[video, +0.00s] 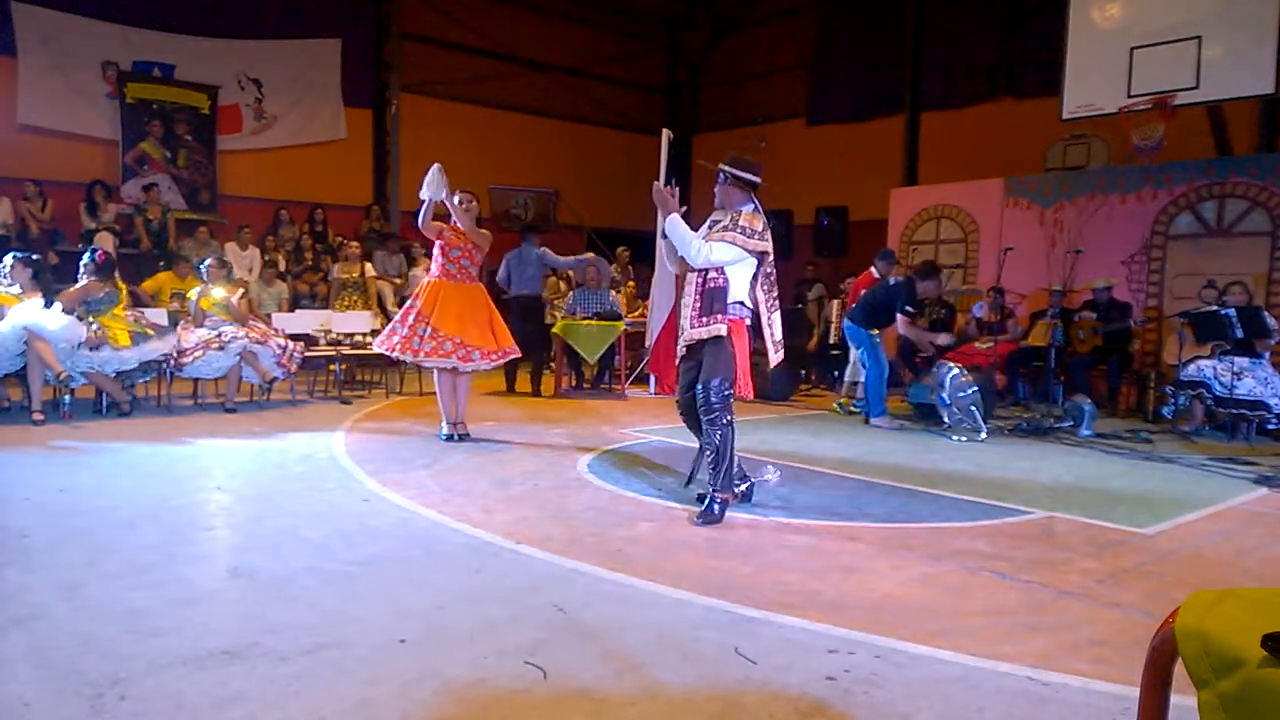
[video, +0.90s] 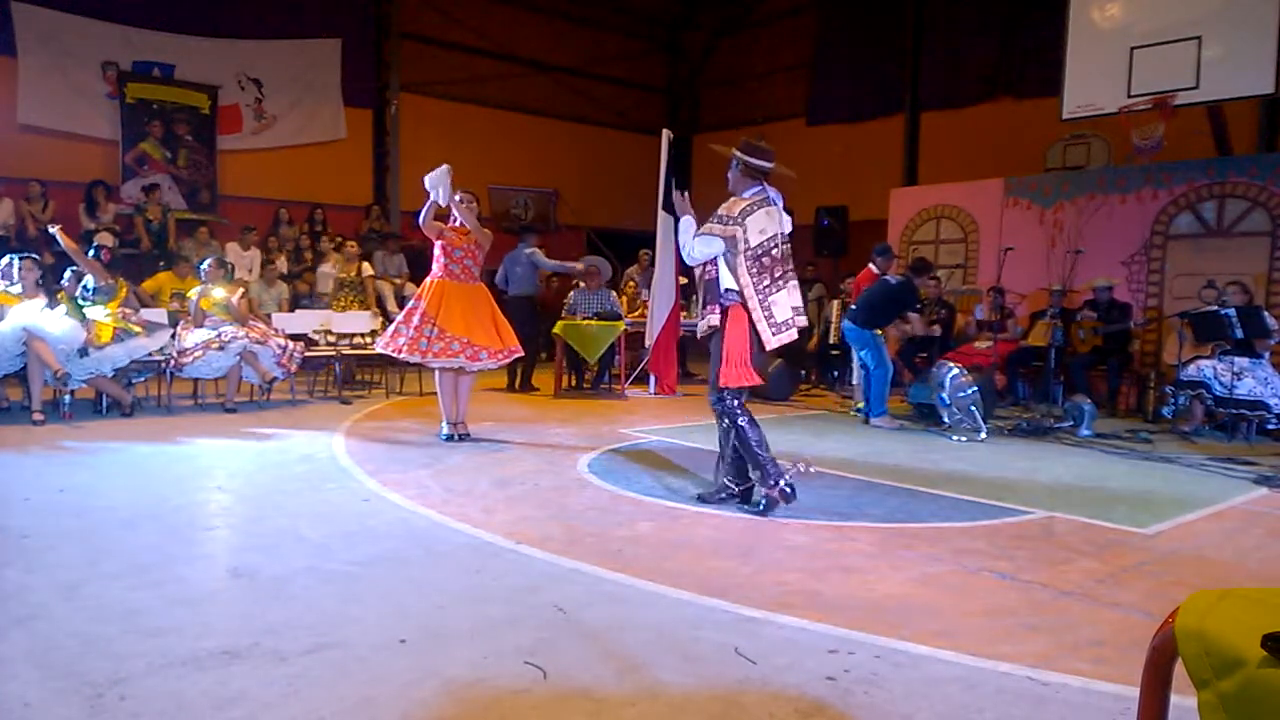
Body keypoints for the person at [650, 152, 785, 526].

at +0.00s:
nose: (714, 189)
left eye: (719, 183)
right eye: (716, 182)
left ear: (733, 187)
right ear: (739, 188)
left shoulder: (747, 226)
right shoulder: (719, 220)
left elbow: (700, 255)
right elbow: (680, 262)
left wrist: (670, 216)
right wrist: (669, 219)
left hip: (727, 324)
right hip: (701, 324)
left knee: (714, 402)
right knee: (688, 405)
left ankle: (720, 492)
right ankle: (734, 476)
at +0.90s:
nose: (727, 173)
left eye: (731, 168)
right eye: (730, 167)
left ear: (740, 172)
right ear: (761, 175)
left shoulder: (734, 212)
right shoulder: (771, 205)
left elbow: (693, 251)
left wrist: (686, 216)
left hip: (738, 312)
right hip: (755, 310)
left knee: (726, 398)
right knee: (727, 397)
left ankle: (774, 482)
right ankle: (734, 484)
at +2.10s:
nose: (765, 205)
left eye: (769, 200)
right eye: (768, 199)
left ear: (778, 204)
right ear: (799, 209)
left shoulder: (757, 244)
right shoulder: (814, 246)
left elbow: (718, 281)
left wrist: (722, 244)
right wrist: (737, 246)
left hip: (752, 346)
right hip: (791, 347)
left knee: (711, 416)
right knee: (760, 406)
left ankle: (776, 479)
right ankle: (750, 483)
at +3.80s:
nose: (804, 163)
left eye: (809, 158)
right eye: (807, 157)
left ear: (819, 164)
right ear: (844, 166)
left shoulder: (799, 208)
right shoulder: (862, 206)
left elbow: (759, 247)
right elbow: (877, 267)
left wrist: (771, 208)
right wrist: (895, 314)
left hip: (799, 318)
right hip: (846, 317)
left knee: (796, 404)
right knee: (845, 404)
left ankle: (784, 495)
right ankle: (868, 496)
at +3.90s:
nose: (794, 165)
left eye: (799, 160)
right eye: (798, 159)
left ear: (808, 165)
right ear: (833, 168)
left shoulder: (789, 210)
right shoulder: (858, 209)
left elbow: (745, 244)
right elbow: (866, 268)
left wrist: (756, 212)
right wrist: (873, 319)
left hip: (792, 320)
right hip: (837, 319)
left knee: (789, 404)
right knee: (833, 405)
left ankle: (783, 497)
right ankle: (865, 490)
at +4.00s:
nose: (786, 165)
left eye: (791, 160)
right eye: (790, 160)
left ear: (800, 166)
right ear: (825, 169)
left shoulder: (779, 210)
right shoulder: (848, 208)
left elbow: (734, 239)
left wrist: (744, 209)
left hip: (788, 320)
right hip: (828, 317)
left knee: (784, 405)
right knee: (823, 395)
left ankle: (782, 497)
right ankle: (852, 474)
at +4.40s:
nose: (767, 166)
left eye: (771, 162)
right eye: (772, 161)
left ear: (778, 168)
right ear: (807, 170)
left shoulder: (757, 210)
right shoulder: (828, 210)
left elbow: (722, 240)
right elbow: (836, 269)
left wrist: (728, 204)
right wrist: (838, 318)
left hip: (768, 320)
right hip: (811, 316)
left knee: (777, 404)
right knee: (798, 400)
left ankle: (783, 495)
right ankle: (791, 487)